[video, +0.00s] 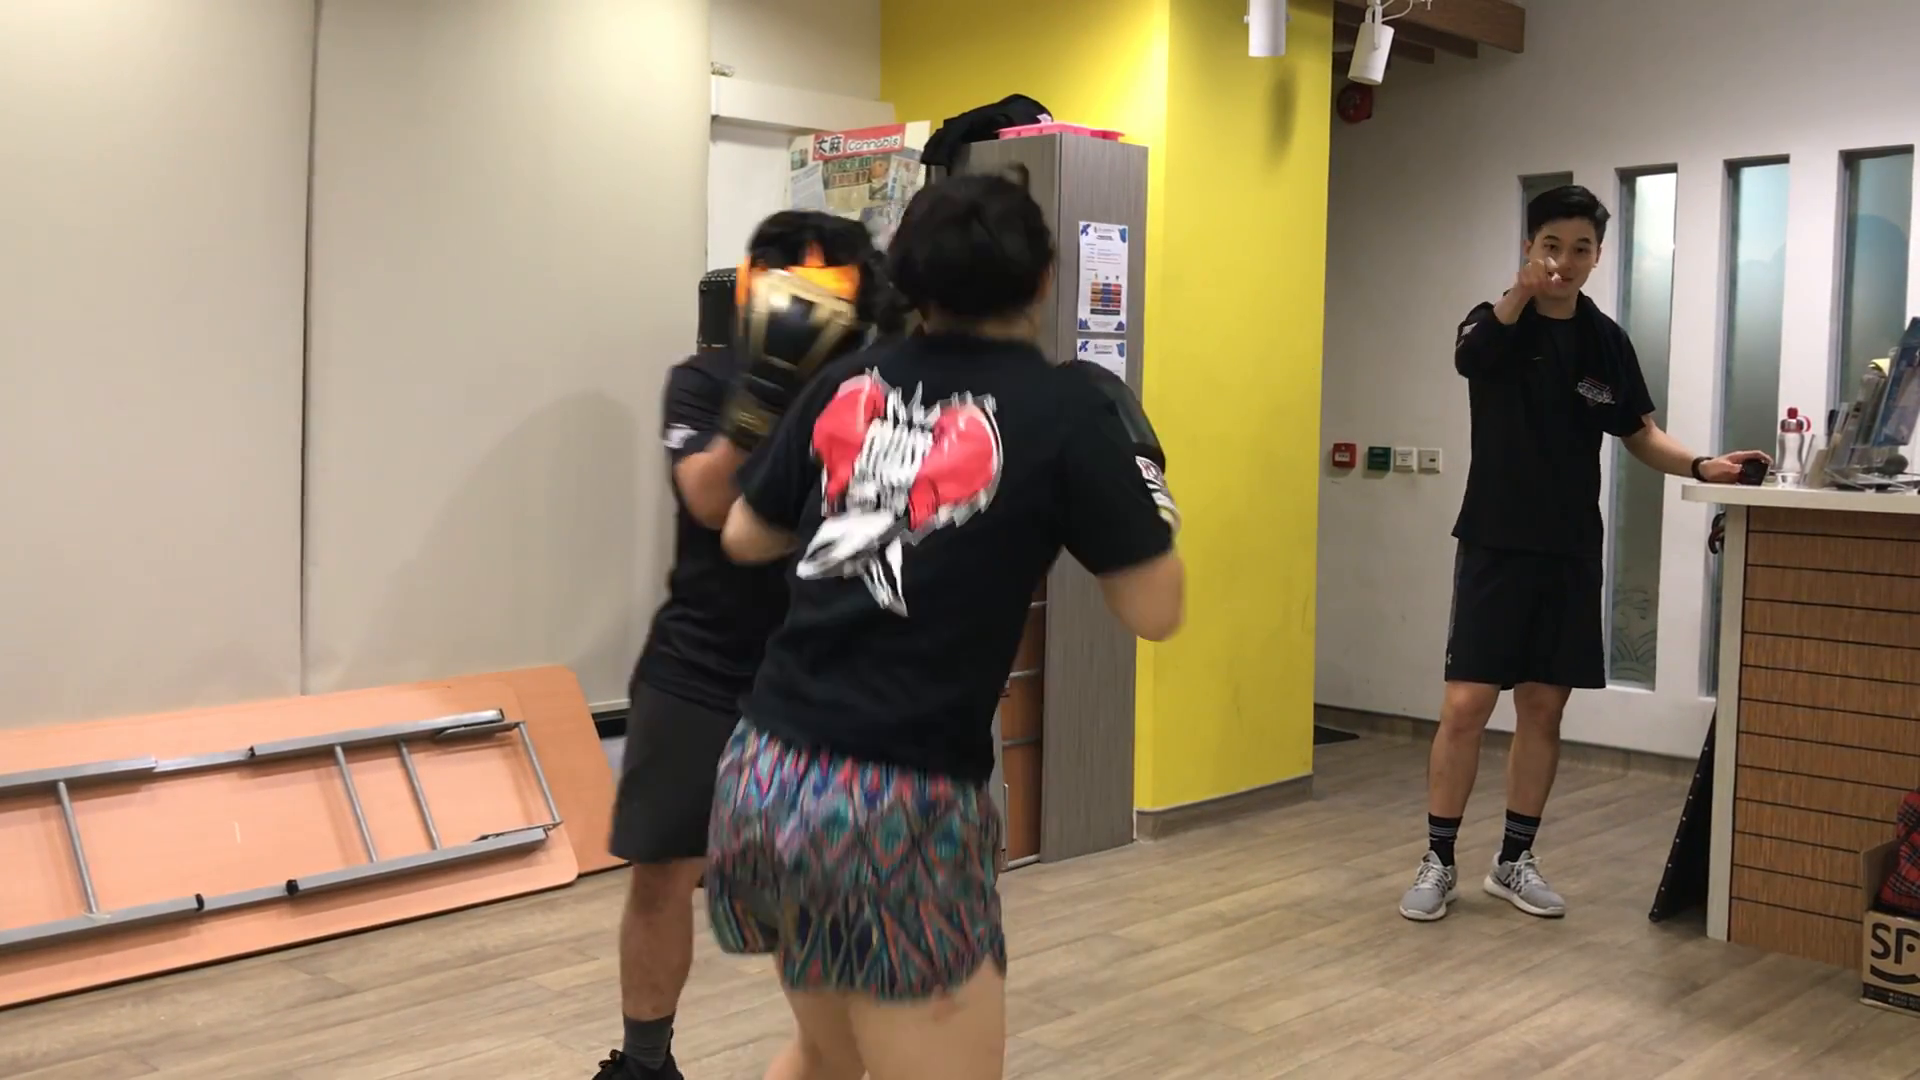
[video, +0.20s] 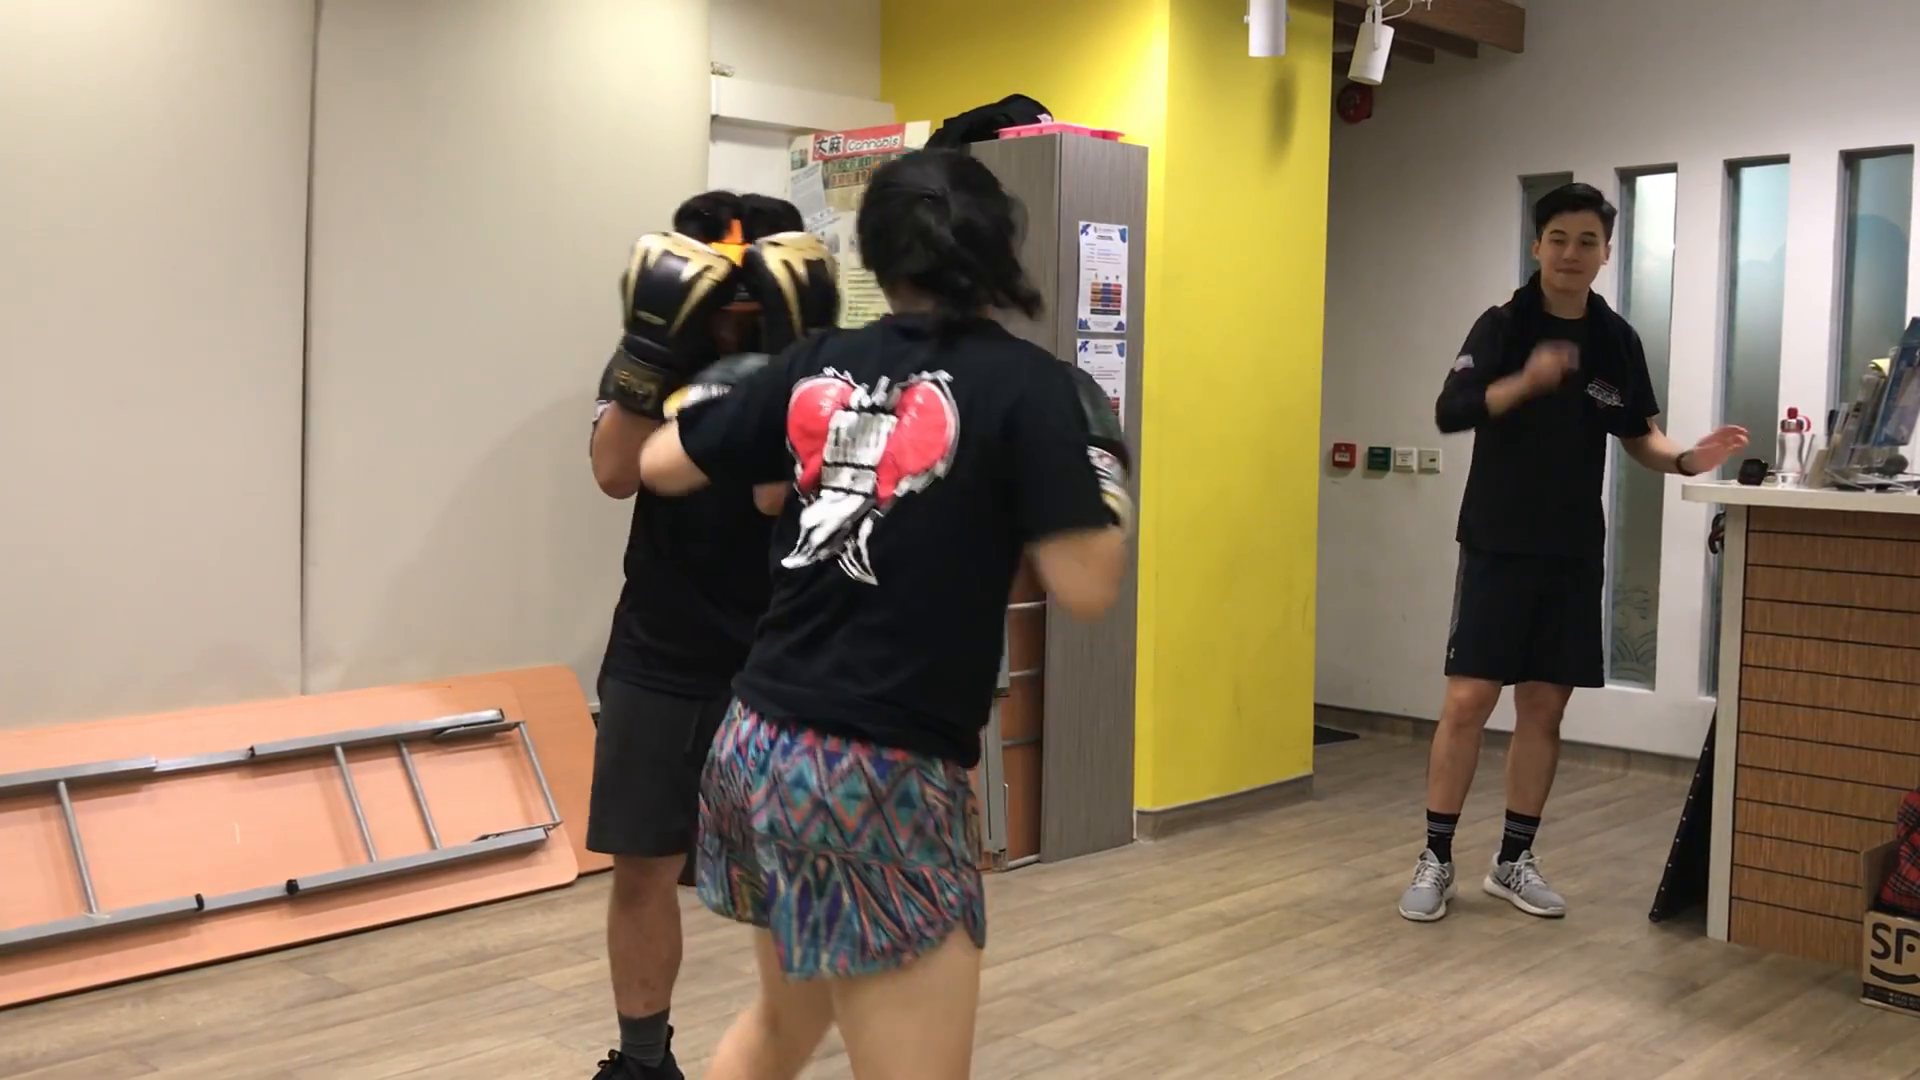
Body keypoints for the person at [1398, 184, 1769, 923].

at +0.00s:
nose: (1564, 262)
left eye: (1580, 251)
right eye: (1552, 246)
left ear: (1598, 259)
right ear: (1528, 249)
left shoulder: (1604, 339)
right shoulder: (1491, 321)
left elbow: (1642, 435)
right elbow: (1474, 355)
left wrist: (1703, 465)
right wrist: (1522, 292)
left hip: (1570, 549)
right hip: (1493, 541)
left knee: (1542, 709)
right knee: (1464, 708)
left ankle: (1513, 861)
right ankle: (1437, 863)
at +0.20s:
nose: (1571, 254)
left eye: (1587, 243)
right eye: (1558, 240)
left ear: (1605, 253)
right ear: (1536, 245)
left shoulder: (1617, 340)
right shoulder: (1502, 325)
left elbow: (1641, 437)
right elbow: (1449, 412)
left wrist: (1684, 457)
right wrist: (1526, 381)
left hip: (1573, 545)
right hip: (1496, 539)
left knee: (1543, 706)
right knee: (1468, 700)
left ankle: (1515, 861)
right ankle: (1435, 861)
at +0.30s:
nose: (1577, 256)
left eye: (1593, 244)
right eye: (1565, 241)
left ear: (1613, 254)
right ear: (1543, 247)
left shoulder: (1626, 343)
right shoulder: (1502, 335)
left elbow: (1646, 439)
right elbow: (1451, 431)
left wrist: (1665, 453)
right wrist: (1505, 457)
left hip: (1577, 548)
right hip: (1499, 542)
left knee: (1545, 705)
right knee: (1468, 699)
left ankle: (1515, 861)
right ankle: (1434, 859)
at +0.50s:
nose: (1573, 257)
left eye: (1590, 245)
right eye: (1561, 242)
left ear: (1612, 255)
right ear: (1544, 248)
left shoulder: (1637, 345)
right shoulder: (1504, 337)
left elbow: (1670, 430)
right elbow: (1459, 429)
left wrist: (1662, 450)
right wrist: (1481, 498)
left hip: (1586, 548)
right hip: (1506, 538)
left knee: (1551, 706)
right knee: (1475, 701)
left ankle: (1517, 858)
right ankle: (1481, 818)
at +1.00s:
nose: (1570, 270)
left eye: (1586, 258)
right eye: (1560, 257)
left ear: (1614, 263)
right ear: (1547, 261)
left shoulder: (1646, 344)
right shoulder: (1525, 341)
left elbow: (1690, 437)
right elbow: (1485, 424)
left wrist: (1642, 467)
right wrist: (1483, 481)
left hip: (1608, 538)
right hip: (1538, 534)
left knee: (1583, 689)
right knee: (1548, 689)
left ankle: (1601, 845)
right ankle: (1573, 834)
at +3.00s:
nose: (1670, 270)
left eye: (1689, 259)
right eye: (1663, 256)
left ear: (1723, 264)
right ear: (1652, 256)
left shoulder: (1747, 350)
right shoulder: (1628, 328)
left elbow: (1745, 457)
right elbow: (1564, 389)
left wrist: (1649, 469)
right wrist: (1585, 467)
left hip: (1699, 546)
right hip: (1624, 538)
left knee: (1674, 706)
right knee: (1583, 696)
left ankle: (1653, 854)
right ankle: (1594, 844)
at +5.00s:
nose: (1661, 274)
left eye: (1679, 261)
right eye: (1653, 259)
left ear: (1716, 263)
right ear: (1643, 259)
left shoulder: (1742, 350)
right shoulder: (1620, 331)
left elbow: (1745, 458)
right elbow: (1560, 390)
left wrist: (1649, 469)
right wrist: (1577, 466)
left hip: (1692, 546)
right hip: (1617, 538)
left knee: (1670, 707)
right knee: (1577, 695)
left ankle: (1652, 853)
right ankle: (1593, 843)